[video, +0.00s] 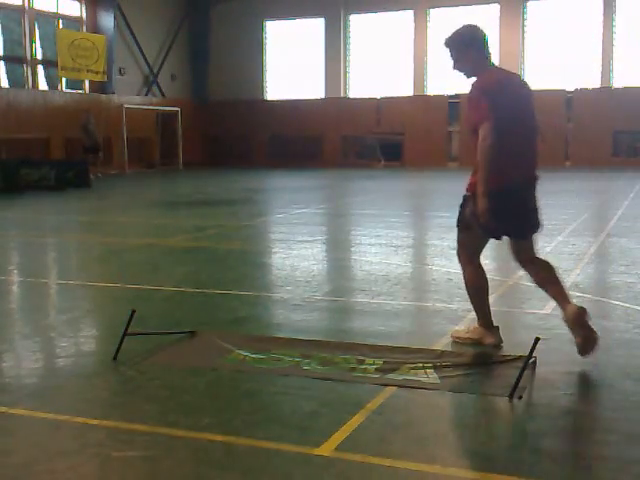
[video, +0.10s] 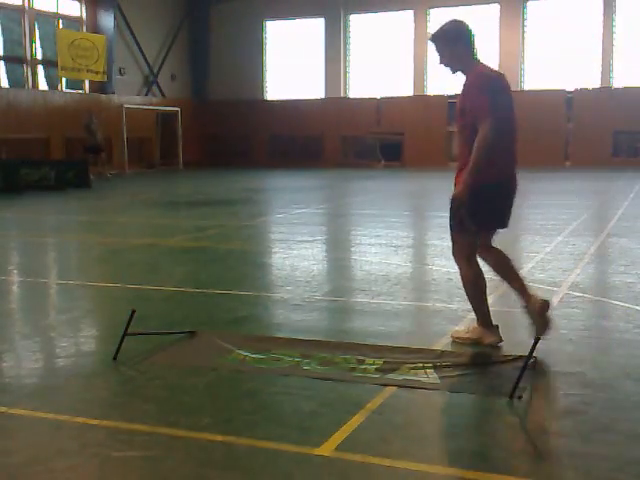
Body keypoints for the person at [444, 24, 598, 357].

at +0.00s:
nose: (453, 65)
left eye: (455, 57)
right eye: (452, 58)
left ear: (472, 52)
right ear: (483, 50)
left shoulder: (480, 89)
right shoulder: (517, 83)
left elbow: (487, 136)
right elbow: (529, 138)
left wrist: (482, 194)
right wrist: (525, 180)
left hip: (486, 191)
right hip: (522, 187)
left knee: (467, 255)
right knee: (526, 256)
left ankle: (485, 327)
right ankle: (568, 309)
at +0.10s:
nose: (439, 59)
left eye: (442, 52)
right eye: (438, 53)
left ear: (461, 47)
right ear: (463, 49)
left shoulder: (479, 82)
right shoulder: (490, 79)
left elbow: (486, 133)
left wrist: (465, 182)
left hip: (476, 181)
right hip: (499, 180)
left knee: (464, 254)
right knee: (483, 245)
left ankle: (485, 328)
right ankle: (531, 301)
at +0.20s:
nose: (428, 56)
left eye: (431, 48)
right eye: (427, 49)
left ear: (451, 44)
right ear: (447, 46)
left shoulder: (470, 79)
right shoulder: (461, 78)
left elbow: (488, 130)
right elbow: (474, 130)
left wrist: (455, 172)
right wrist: (454, 169)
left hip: (473, 176)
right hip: (464, 175)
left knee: (464, 250)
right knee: (448, 238)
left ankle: (485, 326)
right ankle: (485, 310)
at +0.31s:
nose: (418, 59)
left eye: (424, 52)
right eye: (417, 52)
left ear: (442, 49)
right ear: (421, 52)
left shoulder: (463, 83)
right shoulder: (441, 85)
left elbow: (489, 129)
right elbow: (448, 132)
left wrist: (454, 168)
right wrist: (434, 161)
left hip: (464, 177)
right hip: (442, 174)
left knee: (458, 252)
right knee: (429, 239)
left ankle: (486, 324)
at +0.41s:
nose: (414, 66)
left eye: (420, 59)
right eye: (411, 60)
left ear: (434, 59)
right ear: (407, 61)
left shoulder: (456, 92)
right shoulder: (416, 96)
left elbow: (484, 133)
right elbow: (417, 132)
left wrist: (454, 173)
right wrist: (409, 162)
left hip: (452, 186)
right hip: (422, 184)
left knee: (448, 254)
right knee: (408, 243)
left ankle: (486, 323)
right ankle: (411, 303)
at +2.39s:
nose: (379, 60)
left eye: (385, 54)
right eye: (377, 55)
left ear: (401, 53)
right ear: (378, 56)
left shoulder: (427, 88)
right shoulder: (377, 93)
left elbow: (445, 130)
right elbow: (371, 133)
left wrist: (428, 155)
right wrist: (370, 160)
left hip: (418, 178)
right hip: (383, 179)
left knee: (431, 242)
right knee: (377, 239)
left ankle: (445, 304)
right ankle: (384, 300)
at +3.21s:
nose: (369, 93)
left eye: (374, 87)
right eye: (366, 87)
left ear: (390, 85)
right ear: (365, 87)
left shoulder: (414, 116)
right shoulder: (365, 114)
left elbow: (435, 156)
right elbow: (361, 151)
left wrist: (402, 182)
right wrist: (364, 179)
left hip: (406, 193)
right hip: (372, 191)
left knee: (426, 251)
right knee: (332, 239)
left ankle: (446, 306)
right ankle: (366, 288)